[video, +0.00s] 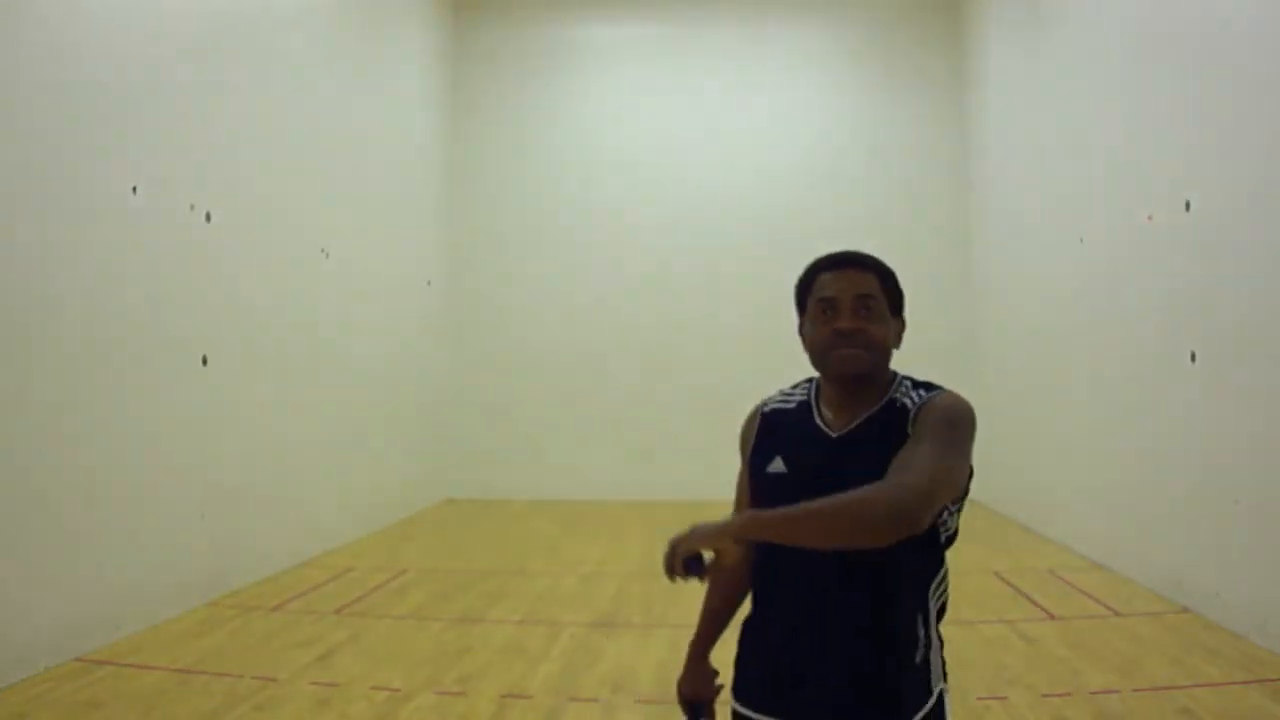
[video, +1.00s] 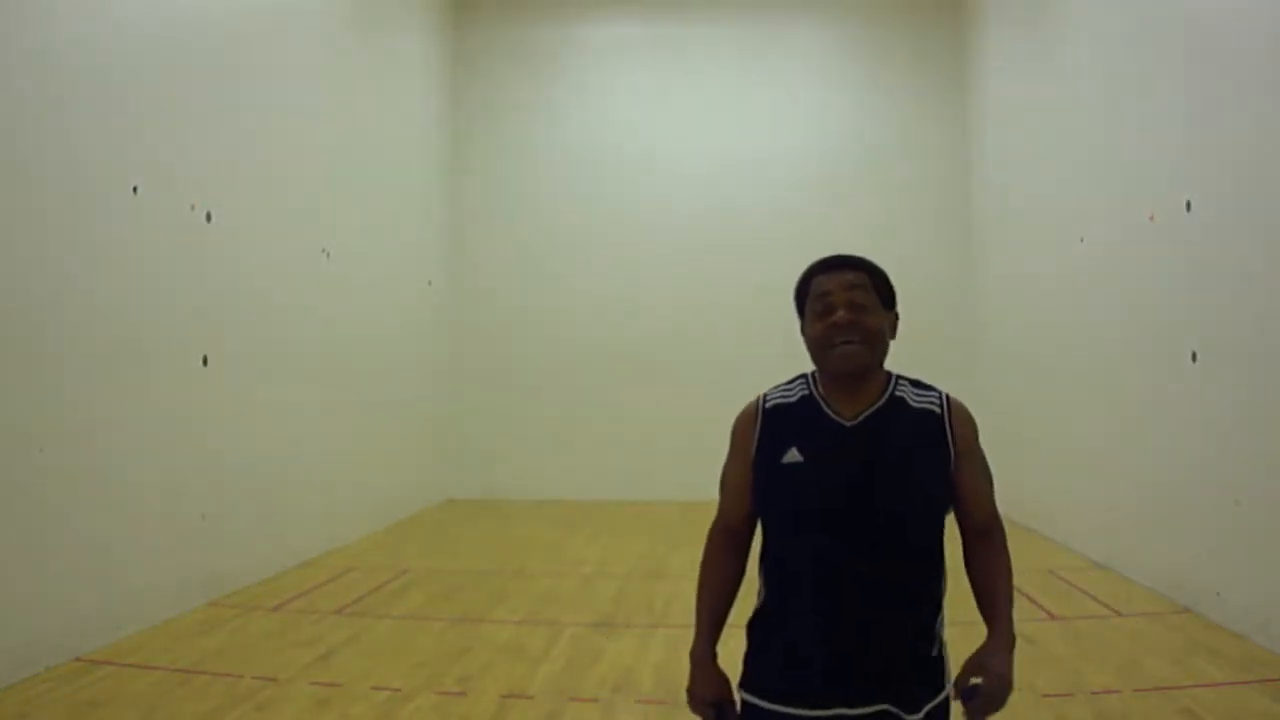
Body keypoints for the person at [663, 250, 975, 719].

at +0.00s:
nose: (847, 324)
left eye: (866, 309)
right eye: (827, 310)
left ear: (898, 331)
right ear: (802, 332)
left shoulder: (942, 415)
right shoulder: (768, 424)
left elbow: (899, 510)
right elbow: (742, 552)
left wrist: (736, 528)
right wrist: (699, 654)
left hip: (890, 693)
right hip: (773, 690)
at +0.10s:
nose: (871, 331)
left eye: (891, 317)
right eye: (853, 320)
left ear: (925, 341)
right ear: (831, 344)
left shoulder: (969, 434)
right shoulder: (793, 430)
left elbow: (954, 559)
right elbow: (771, 540)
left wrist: (801, 598)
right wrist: (733, 653)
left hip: (913, 697)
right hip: (798, 693)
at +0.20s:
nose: (893, 322)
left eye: (912, 312)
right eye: (874, 311)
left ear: (942, 340)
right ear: (850, 338)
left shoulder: (983, 442)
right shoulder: (803, 429)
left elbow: (1015, 582)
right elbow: (781, 530)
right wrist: (752, 645)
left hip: (933, 696)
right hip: (813, 689)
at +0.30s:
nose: (899, 316)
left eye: (919, 307)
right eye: (881, 307)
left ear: (947, 338)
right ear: (857, 336)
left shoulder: (992, 438)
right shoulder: (809, 426)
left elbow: (1035, 553)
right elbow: (780, 524)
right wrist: (749, 639)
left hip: (943, 688)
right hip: (831, 684)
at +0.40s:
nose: (905, 320)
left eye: (924, 311)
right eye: (886, 310)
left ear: (951, 342)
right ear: (863, 339)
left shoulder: (994, 439)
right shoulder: (816, 427)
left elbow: (1047, 534)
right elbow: (777, 531)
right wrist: (746, 648)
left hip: (948, 686)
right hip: (839, 680)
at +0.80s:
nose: (871, 326)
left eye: (889, 312)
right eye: (853, 315)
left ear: (920, 327)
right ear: (832, 335)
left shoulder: (969, 426)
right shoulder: (795, 427)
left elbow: (1011, 535)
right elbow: (768, 541)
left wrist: (1077, 629)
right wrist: (747, 658)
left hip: (936, 682)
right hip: (825, 679)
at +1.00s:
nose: (842, 317)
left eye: (859, 304)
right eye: (823, 309)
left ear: (892, 324)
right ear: (803, 333)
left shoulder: (944, 422)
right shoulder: (762, 424)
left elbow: (983, 531)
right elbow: (730, 535)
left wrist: (1000, 637)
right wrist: (703, 653)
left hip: (905, 684)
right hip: (787, 685)